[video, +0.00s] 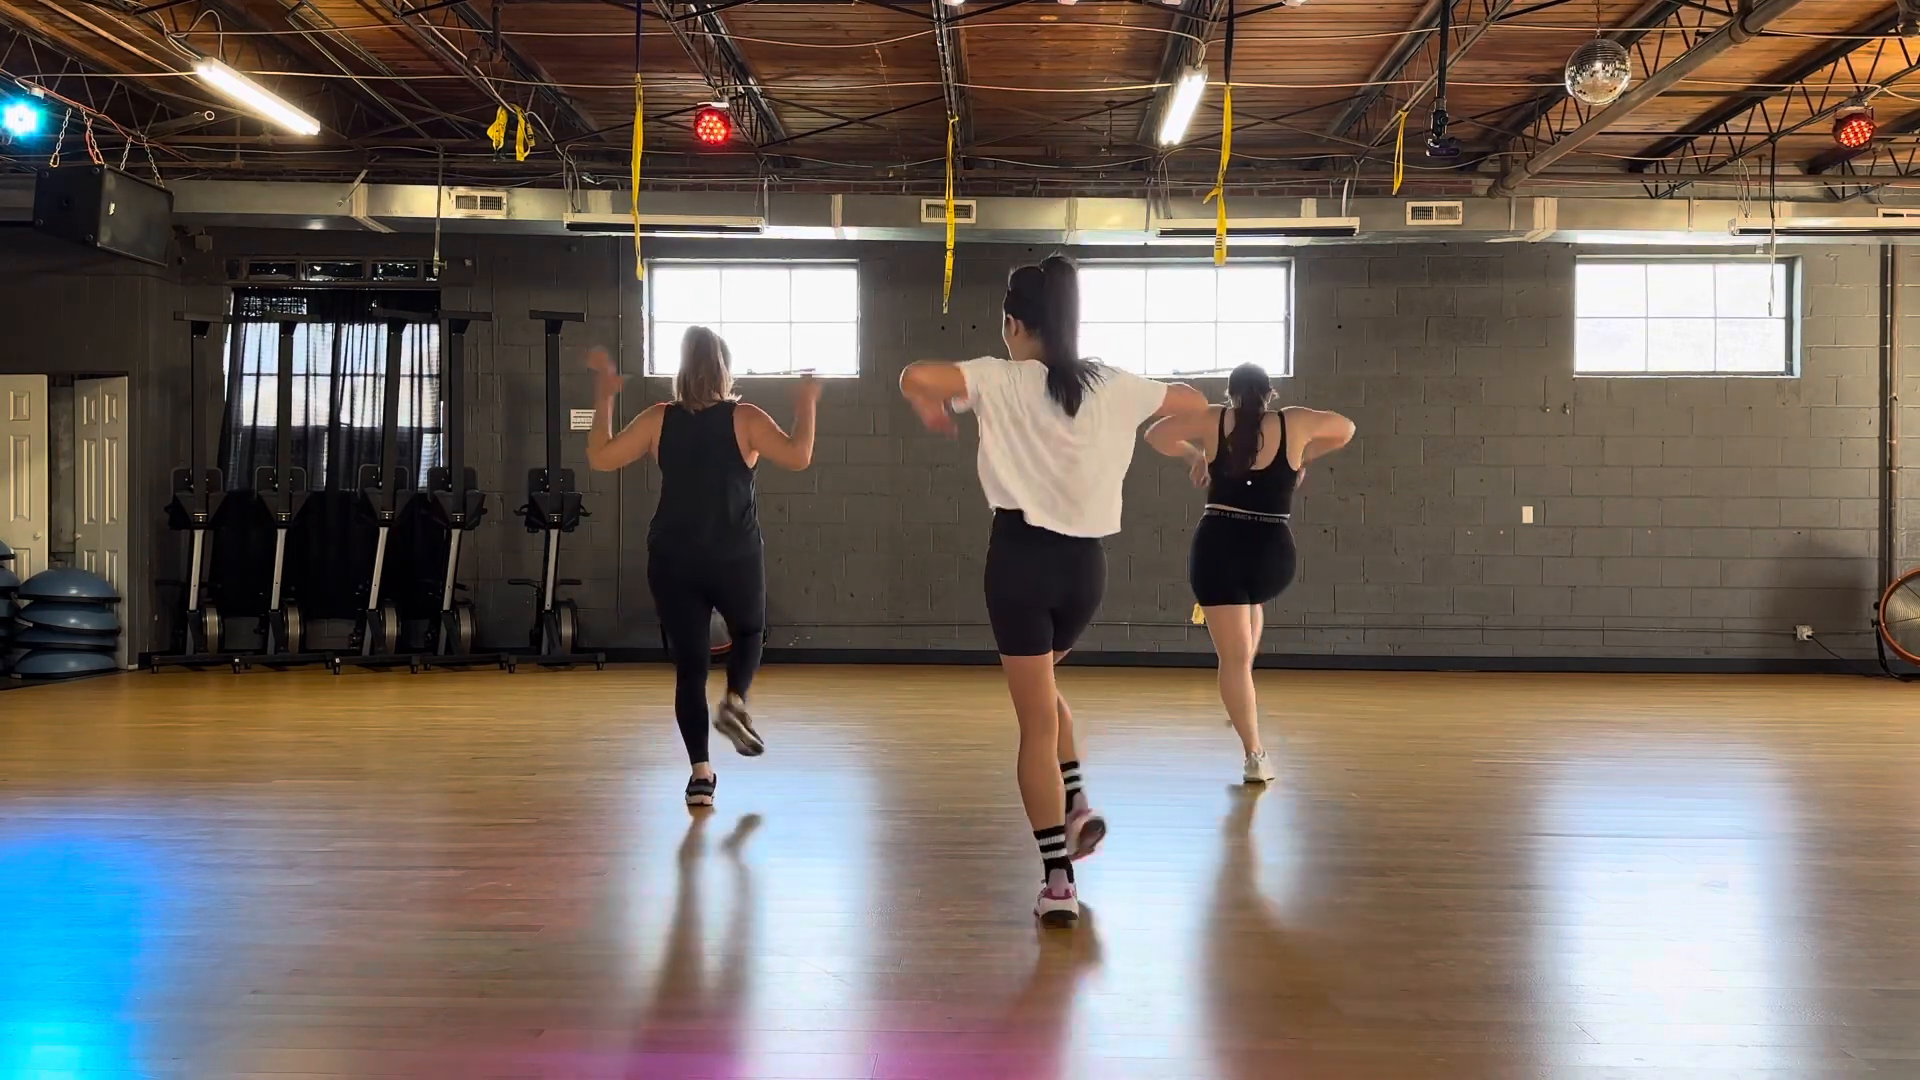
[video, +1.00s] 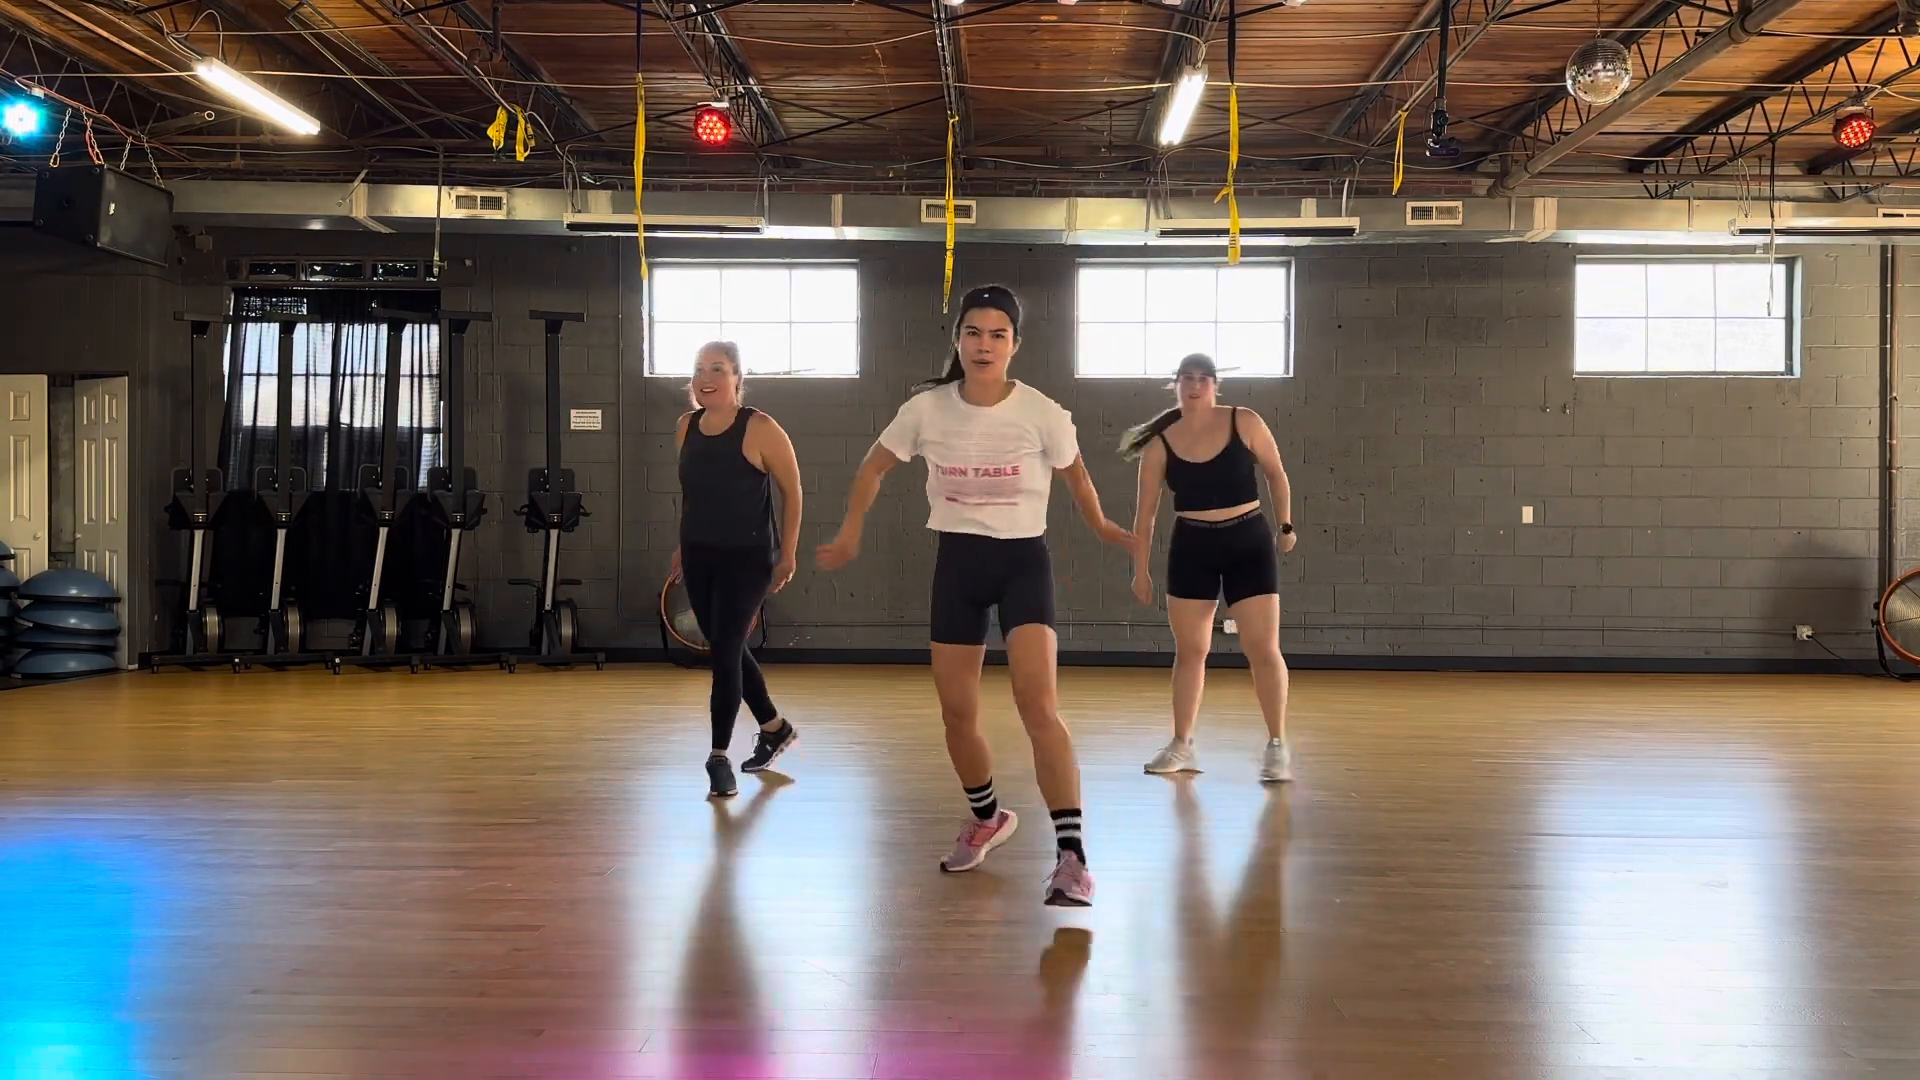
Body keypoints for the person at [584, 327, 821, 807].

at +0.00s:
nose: (723, 369)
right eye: (723, 360)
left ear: (682, 367)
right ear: (725, 367)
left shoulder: (659, 419)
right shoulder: (746, 417)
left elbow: (601, 456)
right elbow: (799, 456)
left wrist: (603, 395)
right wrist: (809, 397)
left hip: (673, 556)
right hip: (733, 555)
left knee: (690, 667)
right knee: (748, 630)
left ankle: (700, 770)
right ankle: (735, 699)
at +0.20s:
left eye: (704, 365)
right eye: (731, 366)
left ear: (696, 373)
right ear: (738, 374)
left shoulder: (671, 422)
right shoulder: (761, 425)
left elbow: (613, 454)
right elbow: (820, 453)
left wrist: (636, 412)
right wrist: (771, 426)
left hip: (692, 561)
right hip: (751, 558)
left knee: (698, 668)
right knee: (758, 654)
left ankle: (703, 768)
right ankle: (774, 747)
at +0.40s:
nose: (694, 382)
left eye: (697, 375)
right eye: (696, 375)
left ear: (707, 380)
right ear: (748, 381)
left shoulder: (688, 427)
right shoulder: (768, 427)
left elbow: (655, 467)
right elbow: (826, 455)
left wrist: (645, 446)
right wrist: (794, 465)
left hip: (711, 567)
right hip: (767, 563)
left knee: (706, 669)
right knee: (764, 655)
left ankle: (713, 759)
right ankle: (772, 752)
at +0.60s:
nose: (690, 381)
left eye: (700, 375)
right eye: (694, 373)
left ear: (727, 387)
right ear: (732, 390)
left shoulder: (713, 429)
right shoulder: (758, 429)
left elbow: (735, 476)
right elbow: (806, 457)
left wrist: (688, 502)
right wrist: (772, 493)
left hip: (732, 563)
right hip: (772, 556)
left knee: (699, 662)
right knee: (762, 651)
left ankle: (738, 752)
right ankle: (772, 749)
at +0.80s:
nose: (697, 385)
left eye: (709, 378)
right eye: (695, 377)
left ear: (737, 387)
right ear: (694, 386)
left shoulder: (745, 433)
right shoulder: (719, 432)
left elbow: (788, 488)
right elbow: (729, 493)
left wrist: (759, 551)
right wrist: (712, 544)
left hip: (743, 563)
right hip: (730, 560)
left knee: (701, 654)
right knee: (753, 653)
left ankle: (736, 757)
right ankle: (782, 738)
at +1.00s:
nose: (706, 377)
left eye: (717, 370)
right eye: (701, 370)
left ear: (738, 380)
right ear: (693, 379)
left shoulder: (762, 430)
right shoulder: (687, 426)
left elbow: (792, 492)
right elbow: (691, 494)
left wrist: (788, 552)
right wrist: (684, 549)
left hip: (748, 556)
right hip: (699, 555)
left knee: (726, 651)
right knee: (727, 648)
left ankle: (719, 756)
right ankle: (773, 724)